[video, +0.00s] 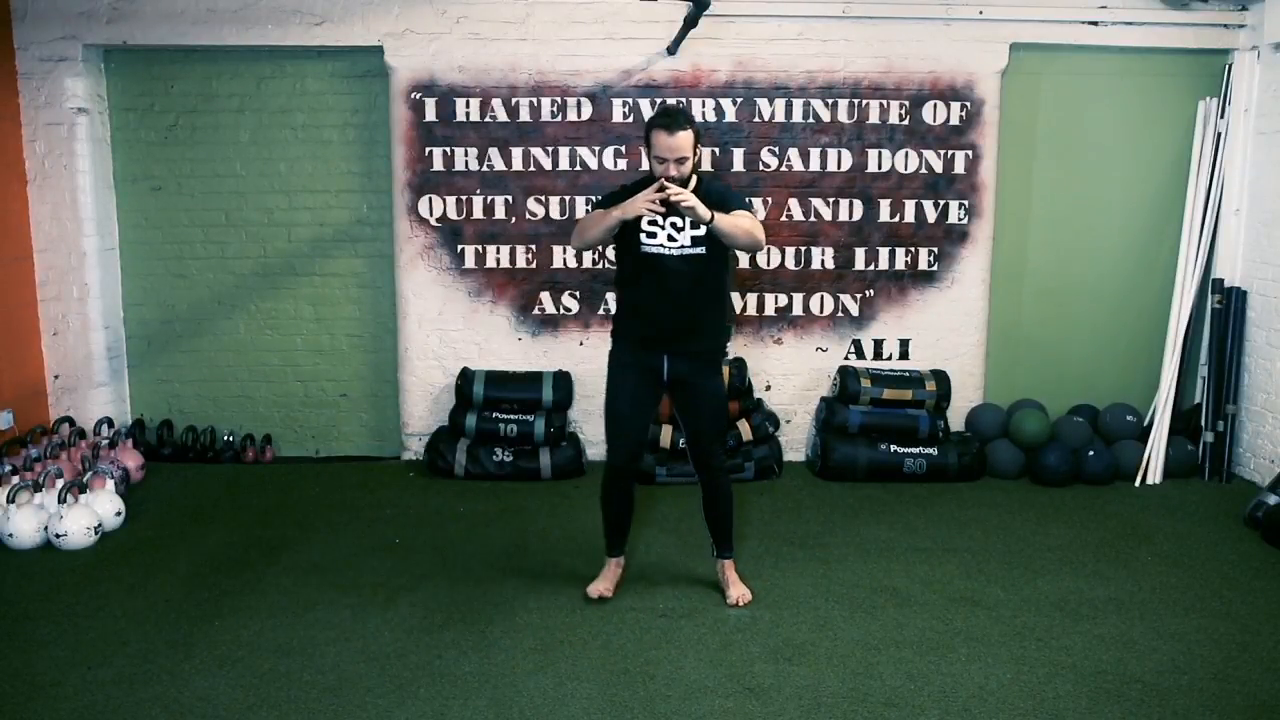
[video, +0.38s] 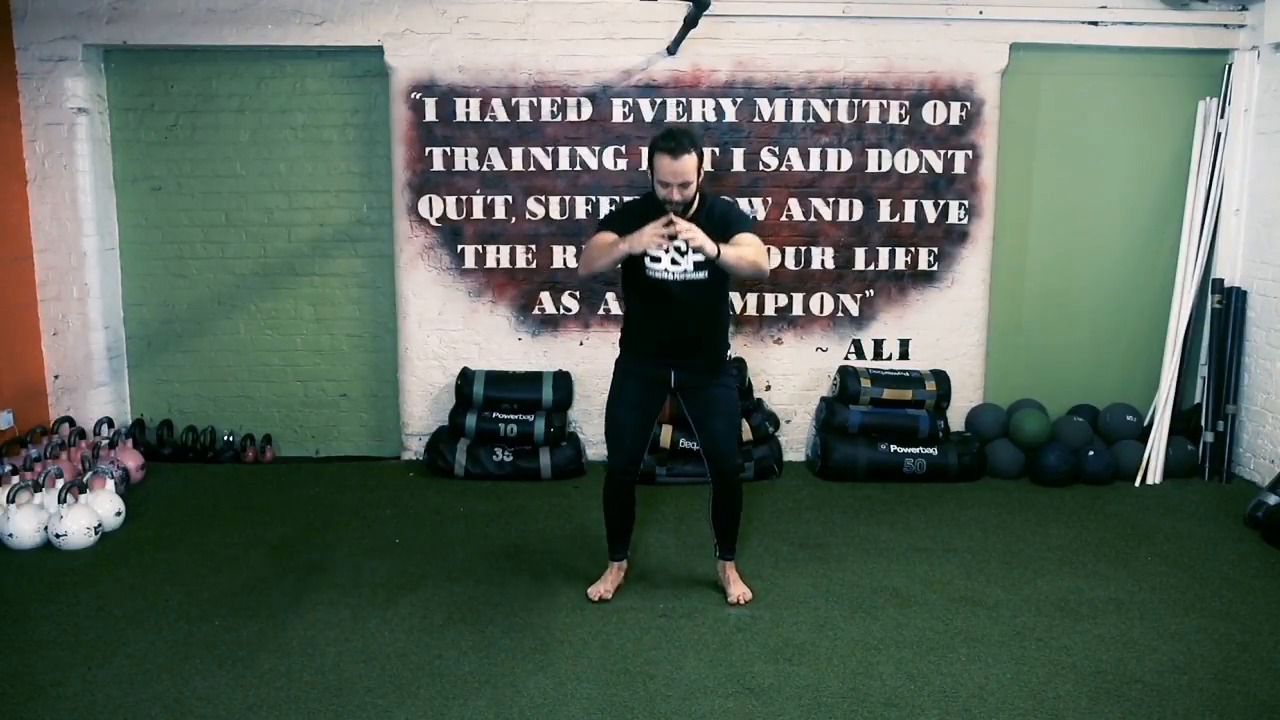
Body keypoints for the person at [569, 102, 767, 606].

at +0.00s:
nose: (670, 169)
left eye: (680, 159)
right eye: (661, 159)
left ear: (695, 153)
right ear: (648, 153)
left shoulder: (716, 193)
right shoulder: (628, 195)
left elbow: (754, 238)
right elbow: (580, 238)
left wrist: (704, 214)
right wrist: (625, 210)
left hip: (699, 351)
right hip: (635, 349)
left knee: (711, 459)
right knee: (622, 455)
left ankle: (726, 563)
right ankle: (614, 560)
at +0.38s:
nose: (674, 195)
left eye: (683, 184)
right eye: (665, 184)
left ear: (700, 174)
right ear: (652, 175)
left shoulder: (720, 213)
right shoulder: (634, 213)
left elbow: (759, 265)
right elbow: (586, 263)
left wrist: (711, 247)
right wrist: (633, 242)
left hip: (707, 365)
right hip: (640, 362)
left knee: (727, 465)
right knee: (621, 463)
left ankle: (727, 562)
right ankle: (617, 562)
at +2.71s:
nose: (903, 348)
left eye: (913, 341)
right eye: (895, 339)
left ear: (928, 327)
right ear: (877, 322)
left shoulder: (941, 351)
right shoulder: (851, 348)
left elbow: (1004, 388)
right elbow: (833, 402)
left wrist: (985, 378)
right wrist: (906, 386)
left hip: (901, 456)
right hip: (834, 454)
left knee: (979, 489)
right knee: (745, 513)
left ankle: (932, 573)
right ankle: (636, 569)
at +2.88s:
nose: (924, 391)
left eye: (934, 383)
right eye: (917, 381)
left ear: (951, 371)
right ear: (901, 362)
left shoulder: (961, 388)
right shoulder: (869, 382)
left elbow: (1027, 435)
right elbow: (853, 439)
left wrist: (1008, 422)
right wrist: (928, 427)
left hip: (906, 481)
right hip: (841, 482)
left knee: (986, 497)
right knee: (750, 529)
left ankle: (931, 574)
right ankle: (639, 570)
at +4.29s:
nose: (687, 169)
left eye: (697, 159)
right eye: (678, 158)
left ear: (713, 153)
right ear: (665, 151)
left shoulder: (733, 196)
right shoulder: (643, 195)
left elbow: (777, 244)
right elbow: (607, 243)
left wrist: (740, 225)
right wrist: (661, 224)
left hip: (713, 356)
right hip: (648, 355)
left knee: (718, 463)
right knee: (633, 460)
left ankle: (716, 563)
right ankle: (619, 560)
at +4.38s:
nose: (686, 171)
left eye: (696, 161)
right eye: (677, 160)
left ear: (710, 156)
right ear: (663, 153)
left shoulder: (729, 197)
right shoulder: (641, 195)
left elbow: (774, 247)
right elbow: (603, 244)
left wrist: (735, 229)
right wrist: (657, 229)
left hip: (708, 355)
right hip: (644, 354)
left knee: (716, 462)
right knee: (630, 460)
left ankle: (714, 563)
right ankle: (618, 560)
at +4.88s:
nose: (668, 356)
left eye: (678, 347)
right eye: (659, 346)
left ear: (693, 332)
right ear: (646, 331)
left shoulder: (713, 353)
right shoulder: (628, 351)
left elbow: (759, 412)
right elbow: (589, 405)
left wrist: (725, 411)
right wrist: (639, 405)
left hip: (698, 439)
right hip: (635, 439)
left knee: (739, 486)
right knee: (592, 490)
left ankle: (715, 568)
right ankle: (615, 568)